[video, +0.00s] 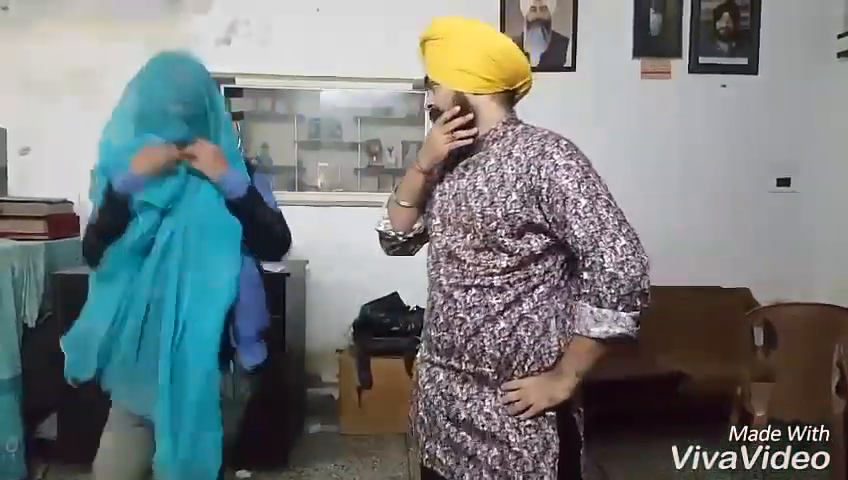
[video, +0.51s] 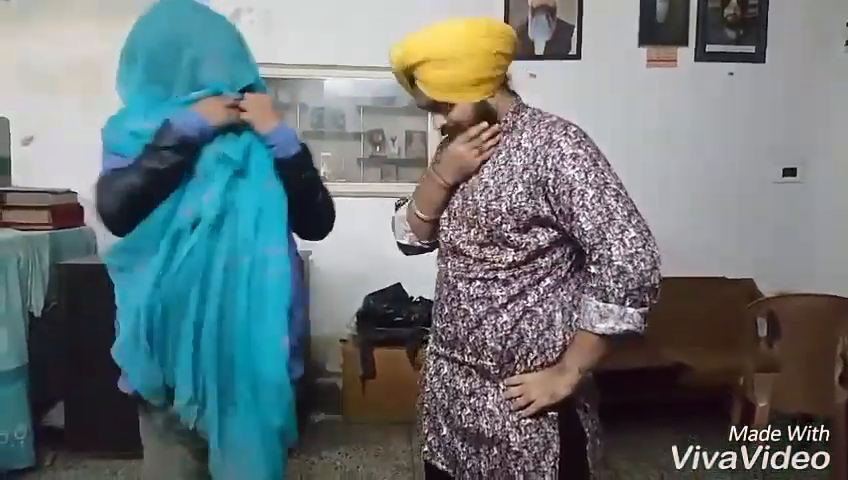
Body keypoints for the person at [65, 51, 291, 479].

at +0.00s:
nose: (175, 137)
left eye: (188, 124)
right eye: (162, 125)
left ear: (208, 117)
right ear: (141, 117)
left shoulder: (234, 175)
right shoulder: (127, 177)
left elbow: (276, 247)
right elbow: (92, 253)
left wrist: (228, 179)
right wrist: (131, 179)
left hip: (221, 370)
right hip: (140, 364)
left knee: (198, 470)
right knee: (113, 470)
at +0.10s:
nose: (187, 158)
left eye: (199, 142)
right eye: (172, 145)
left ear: (217, 137)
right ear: (149, 143)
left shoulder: (244, 203)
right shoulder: (127, 207)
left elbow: (280, 281)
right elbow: (100, 285)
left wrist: (237, 210)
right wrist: (144, 212)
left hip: (228, 390)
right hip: (149, 388)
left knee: (217, 470)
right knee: (125, 471)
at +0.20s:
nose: (191, 136)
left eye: (203, 121)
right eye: (176, 123)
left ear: (219, 115)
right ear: (152, 120)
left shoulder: (249, 191)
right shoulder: (126, 191)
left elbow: (284, 279)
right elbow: (104, 285)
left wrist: (244, 201)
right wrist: (150, 205)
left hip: (238, 399)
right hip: (151, 398)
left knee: (227, 471)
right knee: (136, 468)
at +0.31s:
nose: (189, 110)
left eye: (201, 93)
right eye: (172, 96)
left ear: (221, 82)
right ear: (147, 89)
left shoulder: (251, 154)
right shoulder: (126, 153)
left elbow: (294, 246)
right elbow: (97, 248)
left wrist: (250, 162)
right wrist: (152, 163)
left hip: (242, 383)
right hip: (154, 384)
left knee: (239, 470)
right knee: (151, 469)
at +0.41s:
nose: (197, 100)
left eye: (210, 85)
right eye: (177, 86)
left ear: (229, 73)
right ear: (146, 76)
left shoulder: (255, 135)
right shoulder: (124, 135)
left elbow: (306, 225)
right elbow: (94, 216)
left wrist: (260, 141)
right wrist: (163, 134)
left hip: (250, 372)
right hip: (157, 374)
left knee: (248, 469)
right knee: (167, 468)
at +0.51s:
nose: (215, 100)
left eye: (227, 85)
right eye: (194, 86)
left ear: (243, 76)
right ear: (159, 77)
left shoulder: (260, 139)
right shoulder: (132, 135)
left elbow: (317, 223)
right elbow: (116, 213)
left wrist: (279, 134)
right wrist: (188, 127)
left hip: (259, 367)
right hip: (166, 368)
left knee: (253, 469)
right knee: (170, 468)